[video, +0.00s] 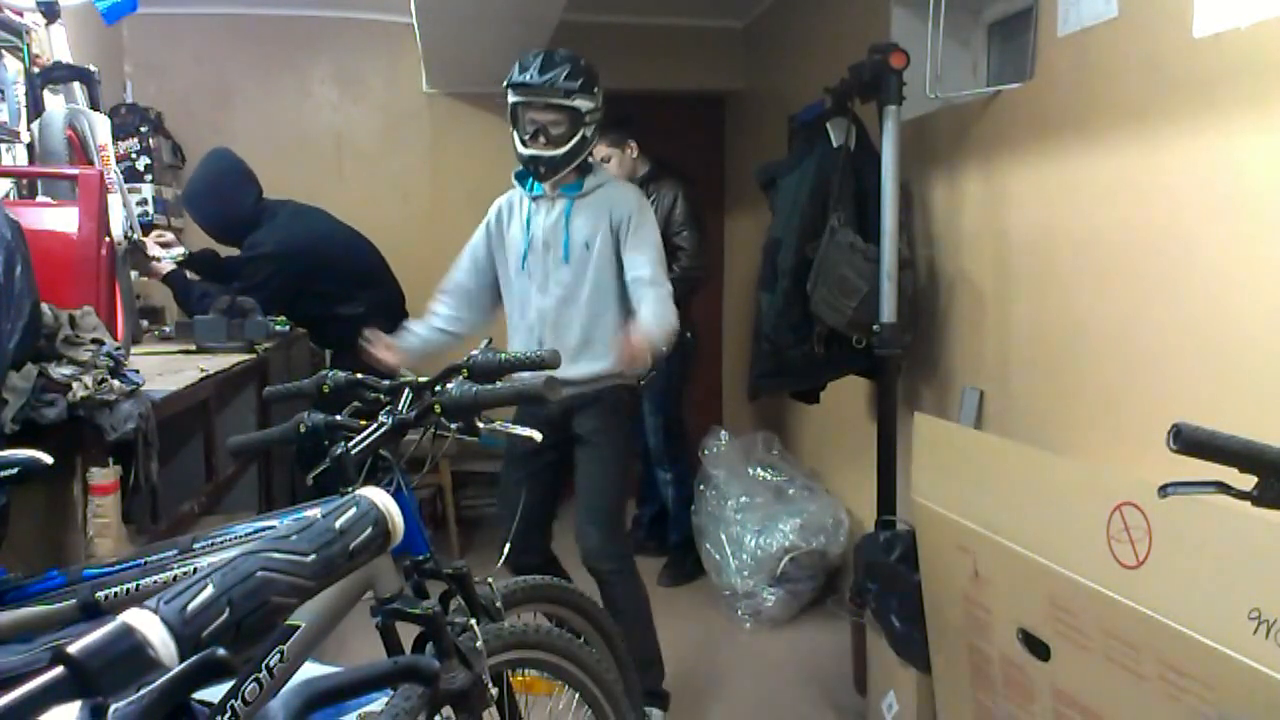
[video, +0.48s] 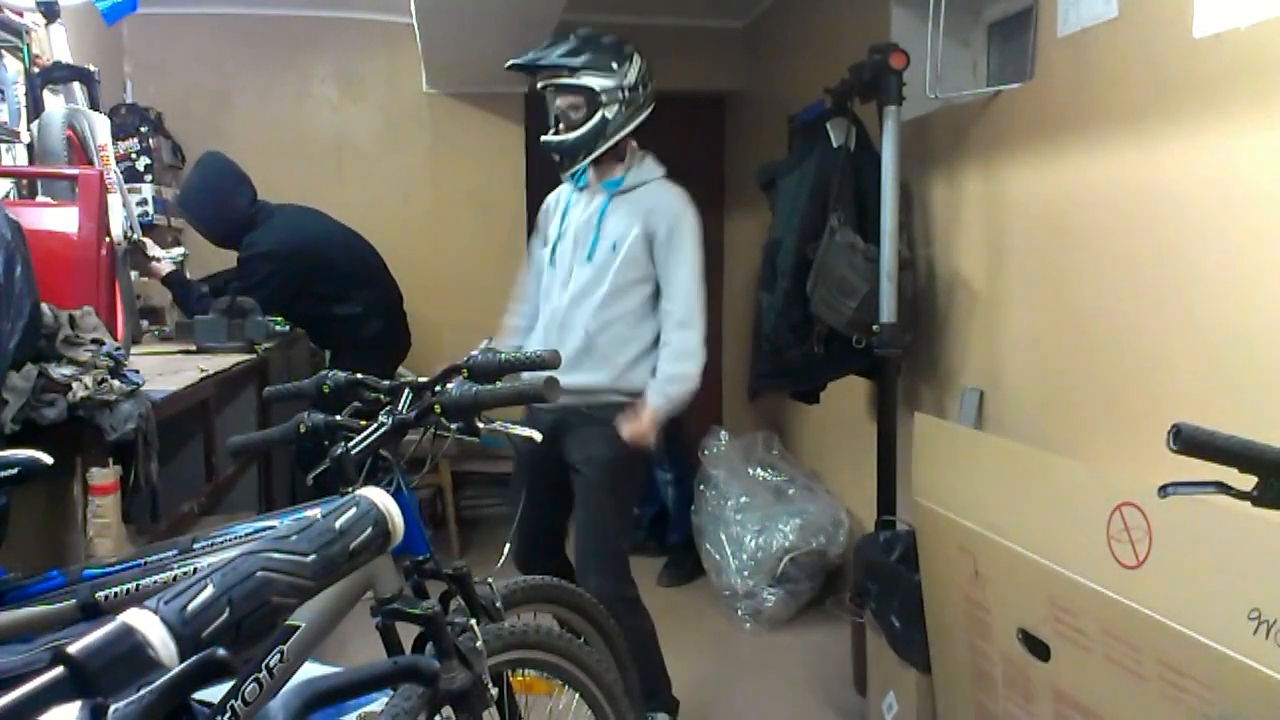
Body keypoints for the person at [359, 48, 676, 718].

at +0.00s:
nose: (538, 131)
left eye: (554, 118)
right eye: (528, 118)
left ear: (586, 123)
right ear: (513, 121)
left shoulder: (619, 201)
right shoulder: (507, 212)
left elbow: (655, 296)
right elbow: (460, 305)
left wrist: (647, 335)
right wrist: (405, 346)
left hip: (604, 395)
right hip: (535, 399)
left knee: (601, 546)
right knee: (521, 546)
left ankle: (646, 694)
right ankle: (582, 655)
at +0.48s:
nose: (558, 115)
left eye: (573, 100)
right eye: (553, 102)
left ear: (618, 106)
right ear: (549, 105)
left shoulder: (664, 204)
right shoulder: (557, 204)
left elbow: (685, 319)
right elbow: (524, 306)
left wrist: (658, 404)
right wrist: (486, 380)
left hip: (611, 415)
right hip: (543, 411)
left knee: (602, 577)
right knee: (532, 554)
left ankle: (653, 703)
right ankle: (588, 661)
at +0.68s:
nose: (558, 119)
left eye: (570, 102)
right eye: (557, 103)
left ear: (616, 107)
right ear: (610, 113)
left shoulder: (671, 211)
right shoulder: (574, 204)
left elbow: (690, 335)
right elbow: (533, 309)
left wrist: (633, 388)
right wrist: (454, 334)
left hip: (617, 427)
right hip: (548, 416)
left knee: (590, 591)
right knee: (482, 563)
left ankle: (652, 706)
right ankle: (471, 691)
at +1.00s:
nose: (536, 106)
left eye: (548, 92)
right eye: (537, 92)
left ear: (593, 97)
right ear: (578, 100)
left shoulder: (650, 206)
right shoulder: (559, 193)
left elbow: (662, 344)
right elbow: (529, 308)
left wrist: (602, 427)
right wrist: (479, 387)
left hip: (572, 423)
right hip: (506, 407)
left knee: (563, 586)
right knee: (434, 535)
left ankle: (638, 698)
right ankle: (460, 669)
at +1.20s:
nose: (491, 129)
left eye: (501, 113)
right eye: (493, 113)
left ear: (541, 120)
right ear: (538, 124)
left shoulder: (591, 216)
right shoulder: (513, 210)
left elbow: (561, 336)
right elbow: (458, 305)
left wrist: (459, 360)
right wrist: (387, 321)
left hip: (555, 437)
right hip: (490, 426)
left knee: (550, 601)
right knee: (407, 531)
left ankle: (643, 700)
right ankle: (443, 667)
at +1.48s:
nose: (421, 114)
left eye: (429, 97)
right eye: (422, 98)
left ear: (465, 96)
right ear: (470, 99)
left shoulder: (515, 202)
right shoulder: (470, 196)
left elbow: (501, 347)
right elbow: (442, 322)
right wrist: (381, 354)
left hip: (461, 437)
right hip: (424, 429)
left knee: (458, 610)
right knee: (424, 601)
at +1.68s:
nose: (395, 125)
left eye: (401, 108)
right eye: (396, 110)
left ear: (435, 107)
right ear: (440, 109)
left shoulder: (488, 204)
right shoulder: (442, 200)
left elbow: (447, 330)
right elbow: (403, 312)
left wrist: (342, 363)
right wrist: (328, 333)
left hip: (458, 430)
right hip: (422, 421)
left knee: (453, 596)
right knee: (423, 589)